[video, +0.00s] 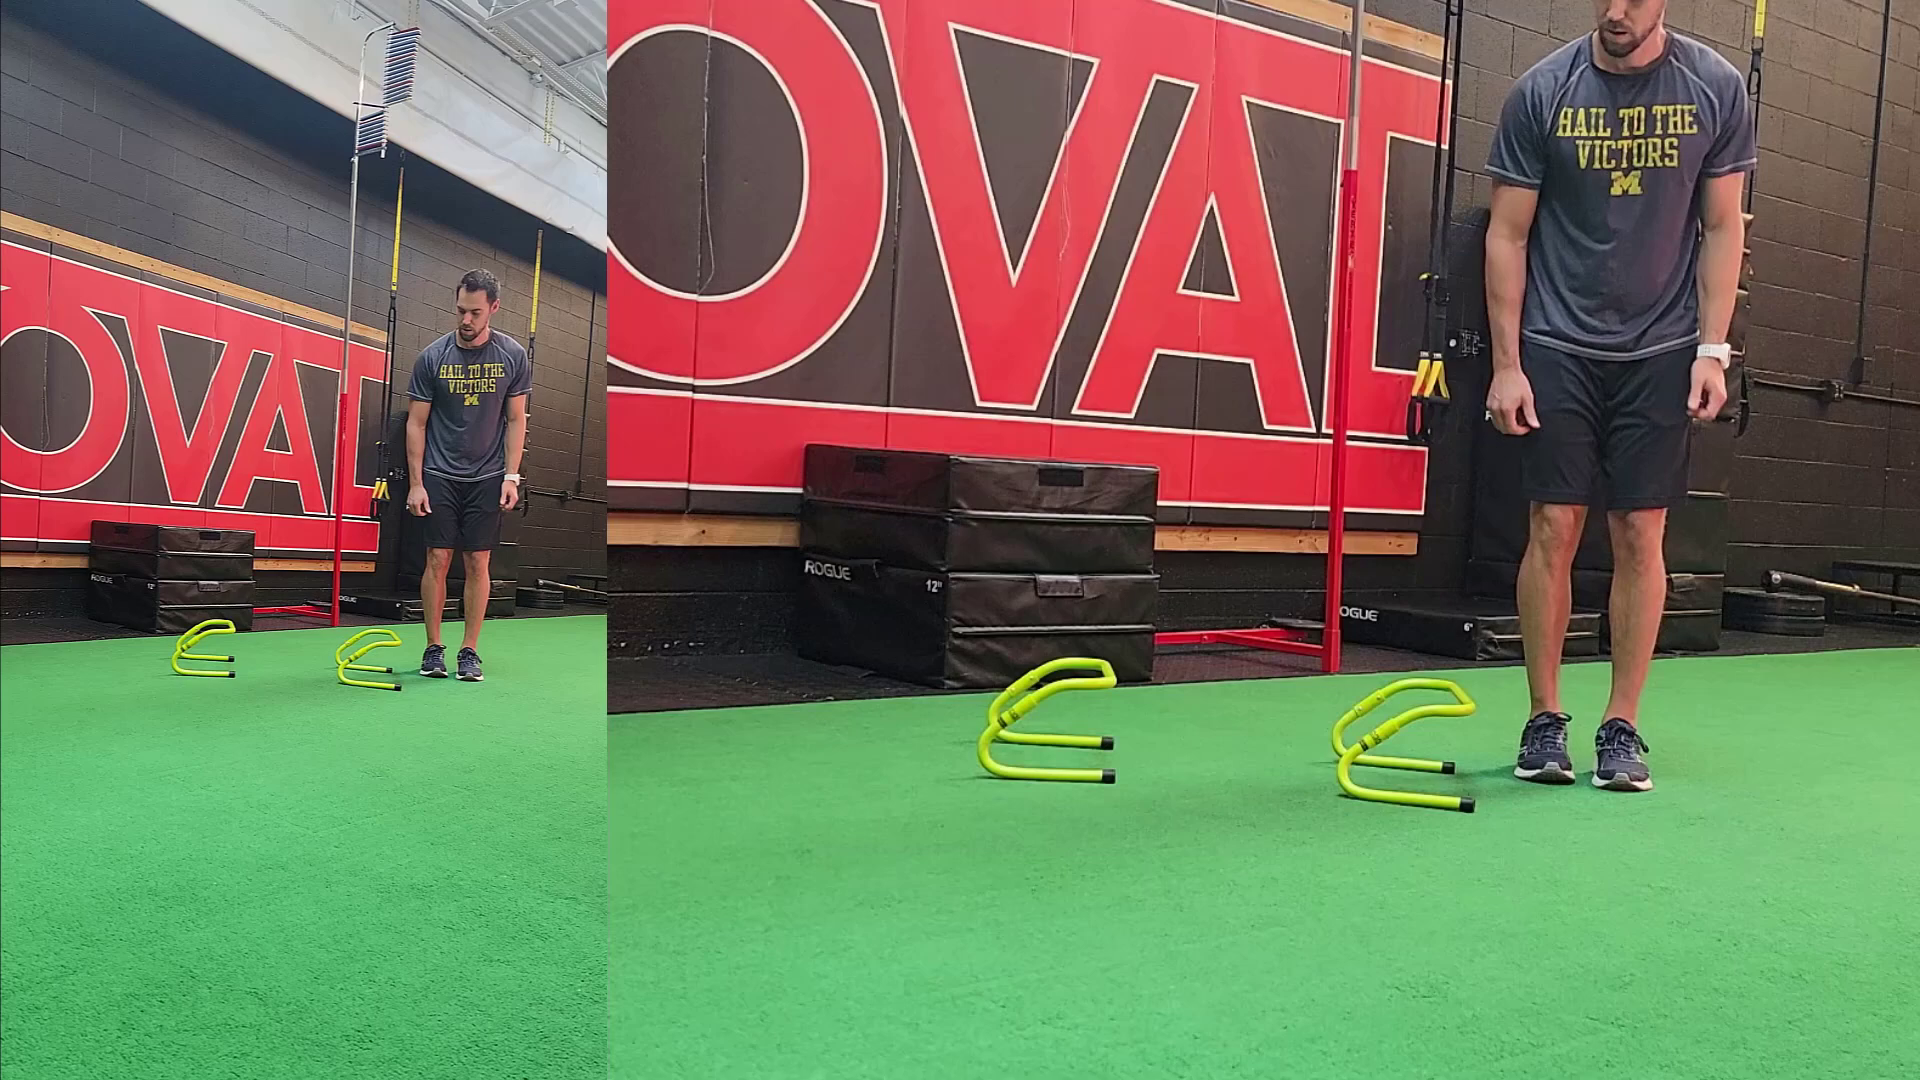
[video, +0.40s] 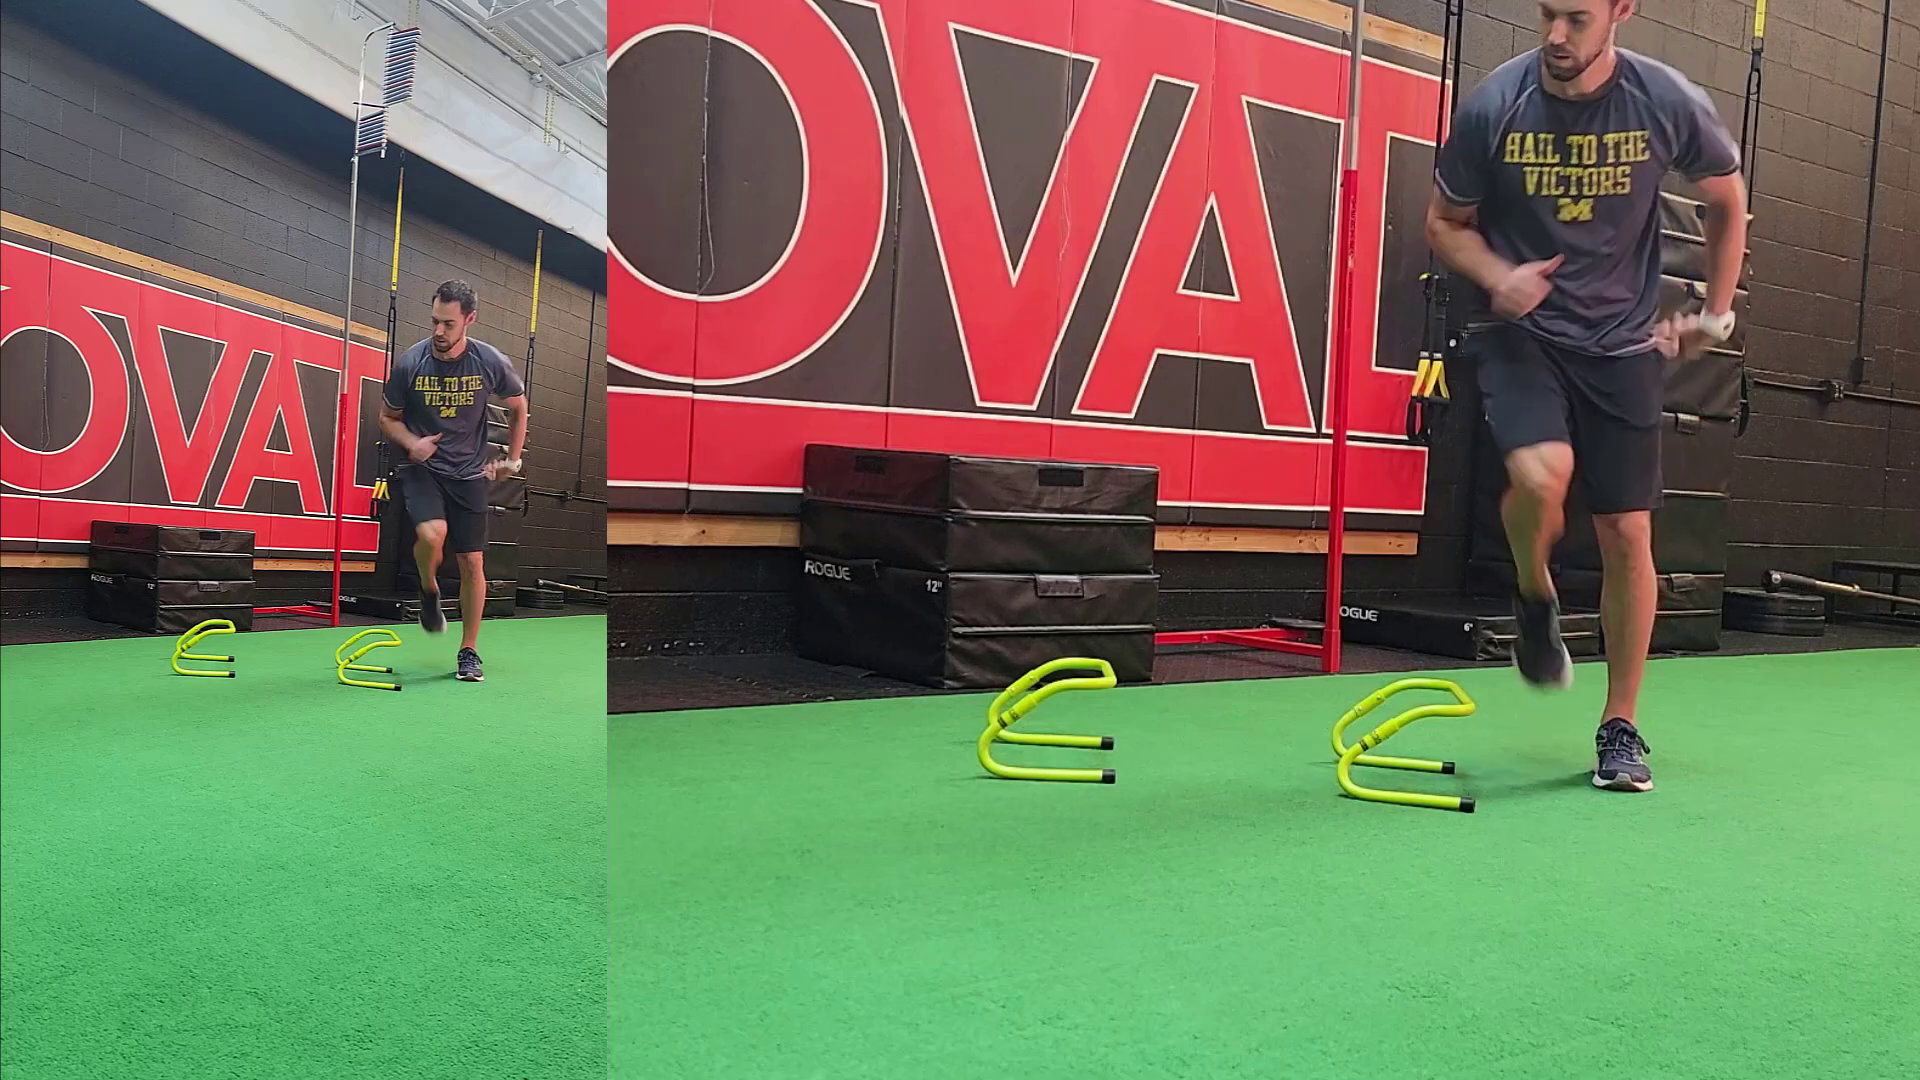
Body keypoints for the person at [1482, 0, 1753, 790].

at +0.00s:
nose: (1618, 14)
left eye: (1635, 2)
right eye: (1607, 2)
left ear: (1665, 2)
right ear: (1594, 3)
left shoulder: (1717, 88)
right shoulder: (1540, 91)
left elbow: (1724, 227)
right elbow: (1507, 232)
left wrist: (1712, 347)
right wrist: (1506, 361)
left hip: (1662, 350)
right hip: (1556, 347)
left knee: (1639, 531)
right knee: (1555, 526)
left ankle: (1621, 726)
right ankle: (1544, 720)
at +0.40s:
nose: (1556, 36)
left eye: (1577, 21)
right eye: (1548, 17)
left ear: (1619, 17)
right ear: (1536, 13)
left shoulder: (1671, 104)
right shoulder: (1489, 109)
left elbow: (1727, 206)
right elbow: (1444, 223)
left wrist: (1715, 315)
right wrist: (1496, 275)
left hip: (1623, 341)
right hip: (1520, 332)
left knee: (1626, 530)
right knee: (1541, 476)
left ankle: (1620, 726)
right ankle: (1537, 599)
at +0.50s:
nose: (1530, 48)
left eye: (1549, 31)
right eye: (1521, 28)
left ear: (1594, 24)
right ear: (1508, 23)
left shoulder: (1641, 126)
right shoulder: (1463, 121)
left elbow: (1677, 260)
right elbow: (1423, 240)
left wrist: (1688, 389)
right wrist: (1411, 350)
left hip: (1595, 343)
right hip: (1486, 325)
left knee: (1614, 534)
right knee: (1492, 438)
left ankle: (1618, 725)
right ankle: (1467, 525)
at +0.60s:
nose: (1490, 37)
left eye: (1510, 21)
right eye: (1482, 17)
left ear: (1554, 20)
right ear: (1468, 15)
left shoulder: (1604, 118)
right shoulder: (1427, 117)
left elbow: (1629, 246)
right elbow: (1365, 226)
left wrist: (1612, 324)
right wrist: (1335, 345)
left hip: (1562, 339)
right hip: (1450, 324)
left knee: (1591, 536)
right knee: (1401, 433)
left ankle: (1615, 725)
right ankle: (1365, 582)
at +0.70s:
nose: (1438, 10)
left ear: (1493, 1)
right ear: (1415, 0)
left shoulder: (1548, 74)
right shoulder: (1370, 76)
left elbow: (1589, 180)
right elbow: (1312, 185)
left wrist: (1547, 213)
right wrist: (1302, 308)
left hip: (1502, 320)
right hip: (1385, 308)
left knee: (1550, 500)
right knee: (1333, 473)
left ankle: (1603, 702)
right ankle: (1266, 661)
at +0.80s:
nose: (1390, 14)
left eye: (1408, 2)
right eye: (1379, 2)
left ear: (1444, 1)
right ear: (1364, 1)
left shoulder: (1497, 81)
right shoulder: (1312, 85)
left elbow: (1516, 184)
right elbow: (1273, 208)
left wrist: (1522, 276)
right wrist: (1266, 322)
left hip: (1445, 306)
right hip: (1329, 314)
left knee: (1490, 476)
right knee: (1296, 506)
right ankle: (1257, 695)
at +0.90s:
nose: (1340, 10)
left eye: (1358, 2)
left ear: (1390, 4)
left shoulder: (1438, 80)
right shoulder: (1261, 77)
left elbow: (1479, 183)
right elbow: (1211, 201)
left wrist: (1489, 297)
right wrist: (1245, 260)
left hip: (1387, 298)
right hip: (1281, 305)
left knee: (1380, 412)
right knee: (1261, 506)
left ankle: (1374, 559)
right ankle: (1251, 697)